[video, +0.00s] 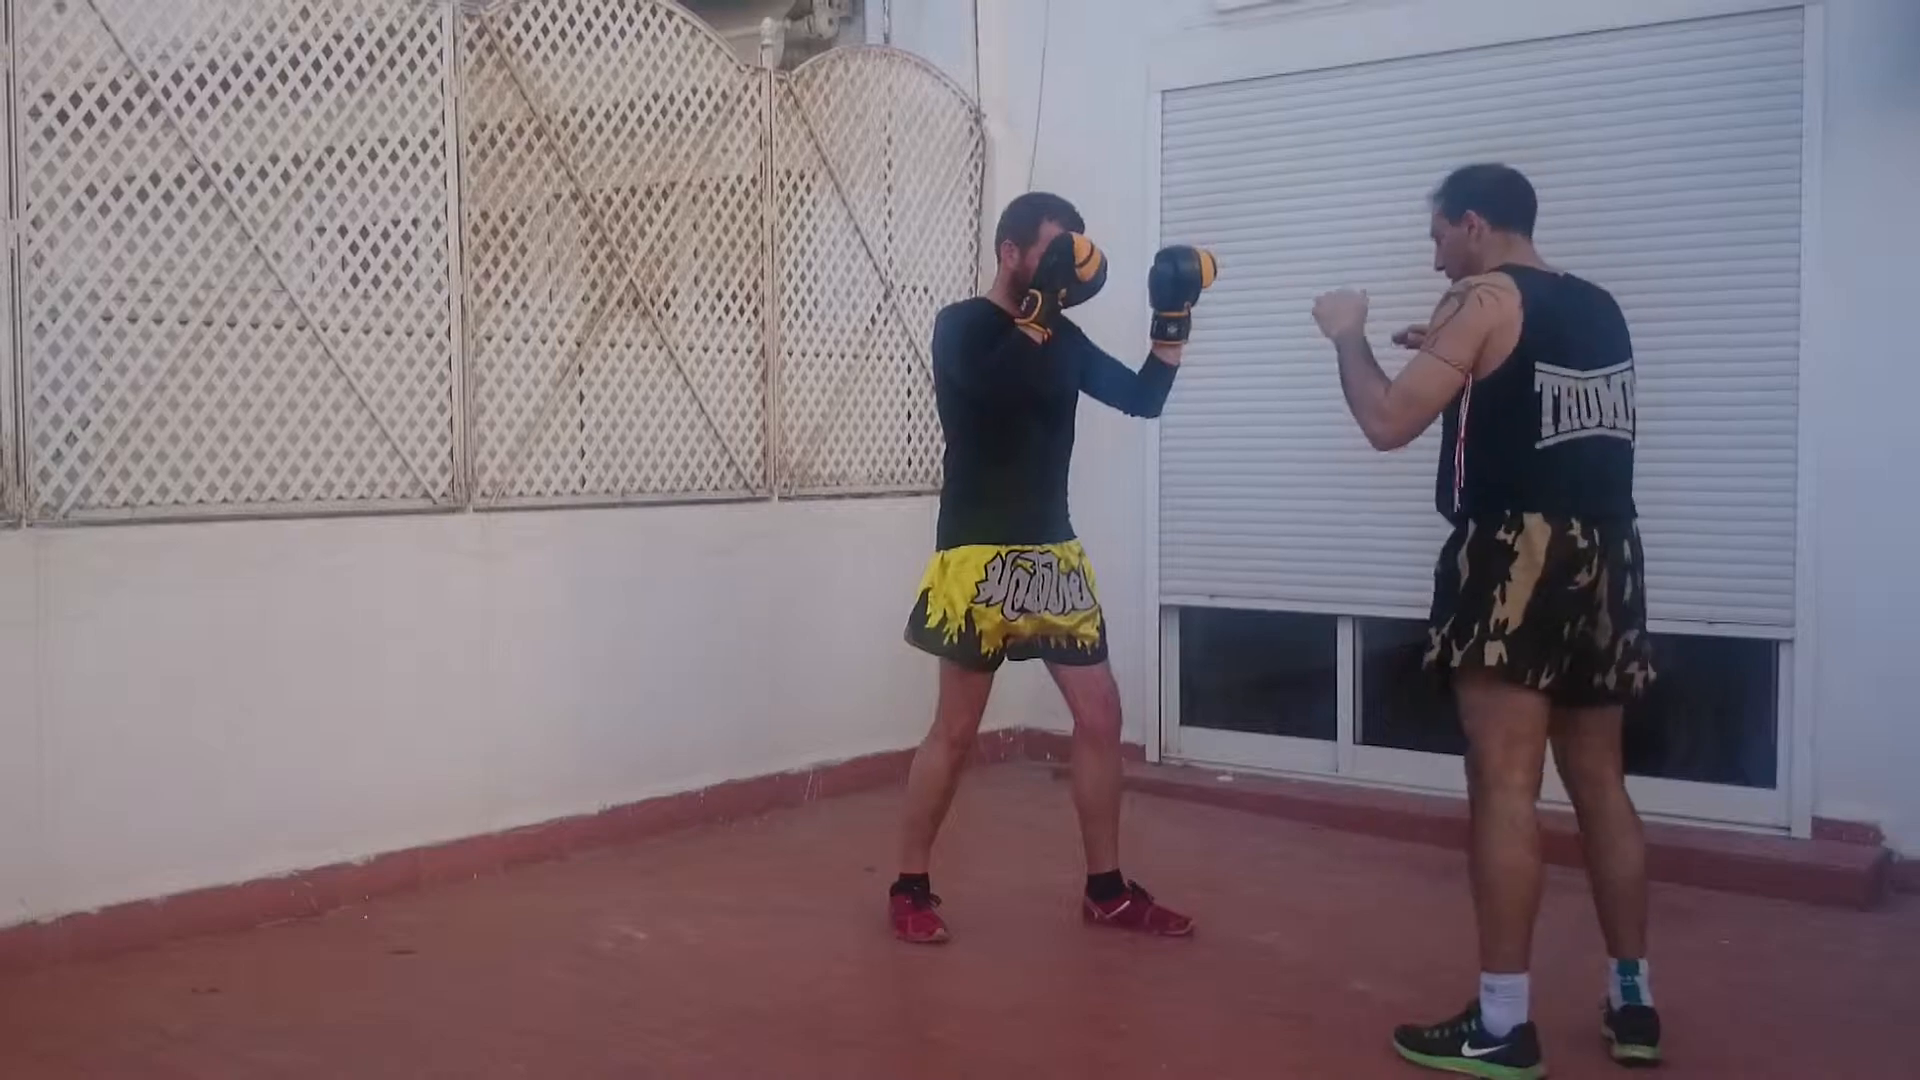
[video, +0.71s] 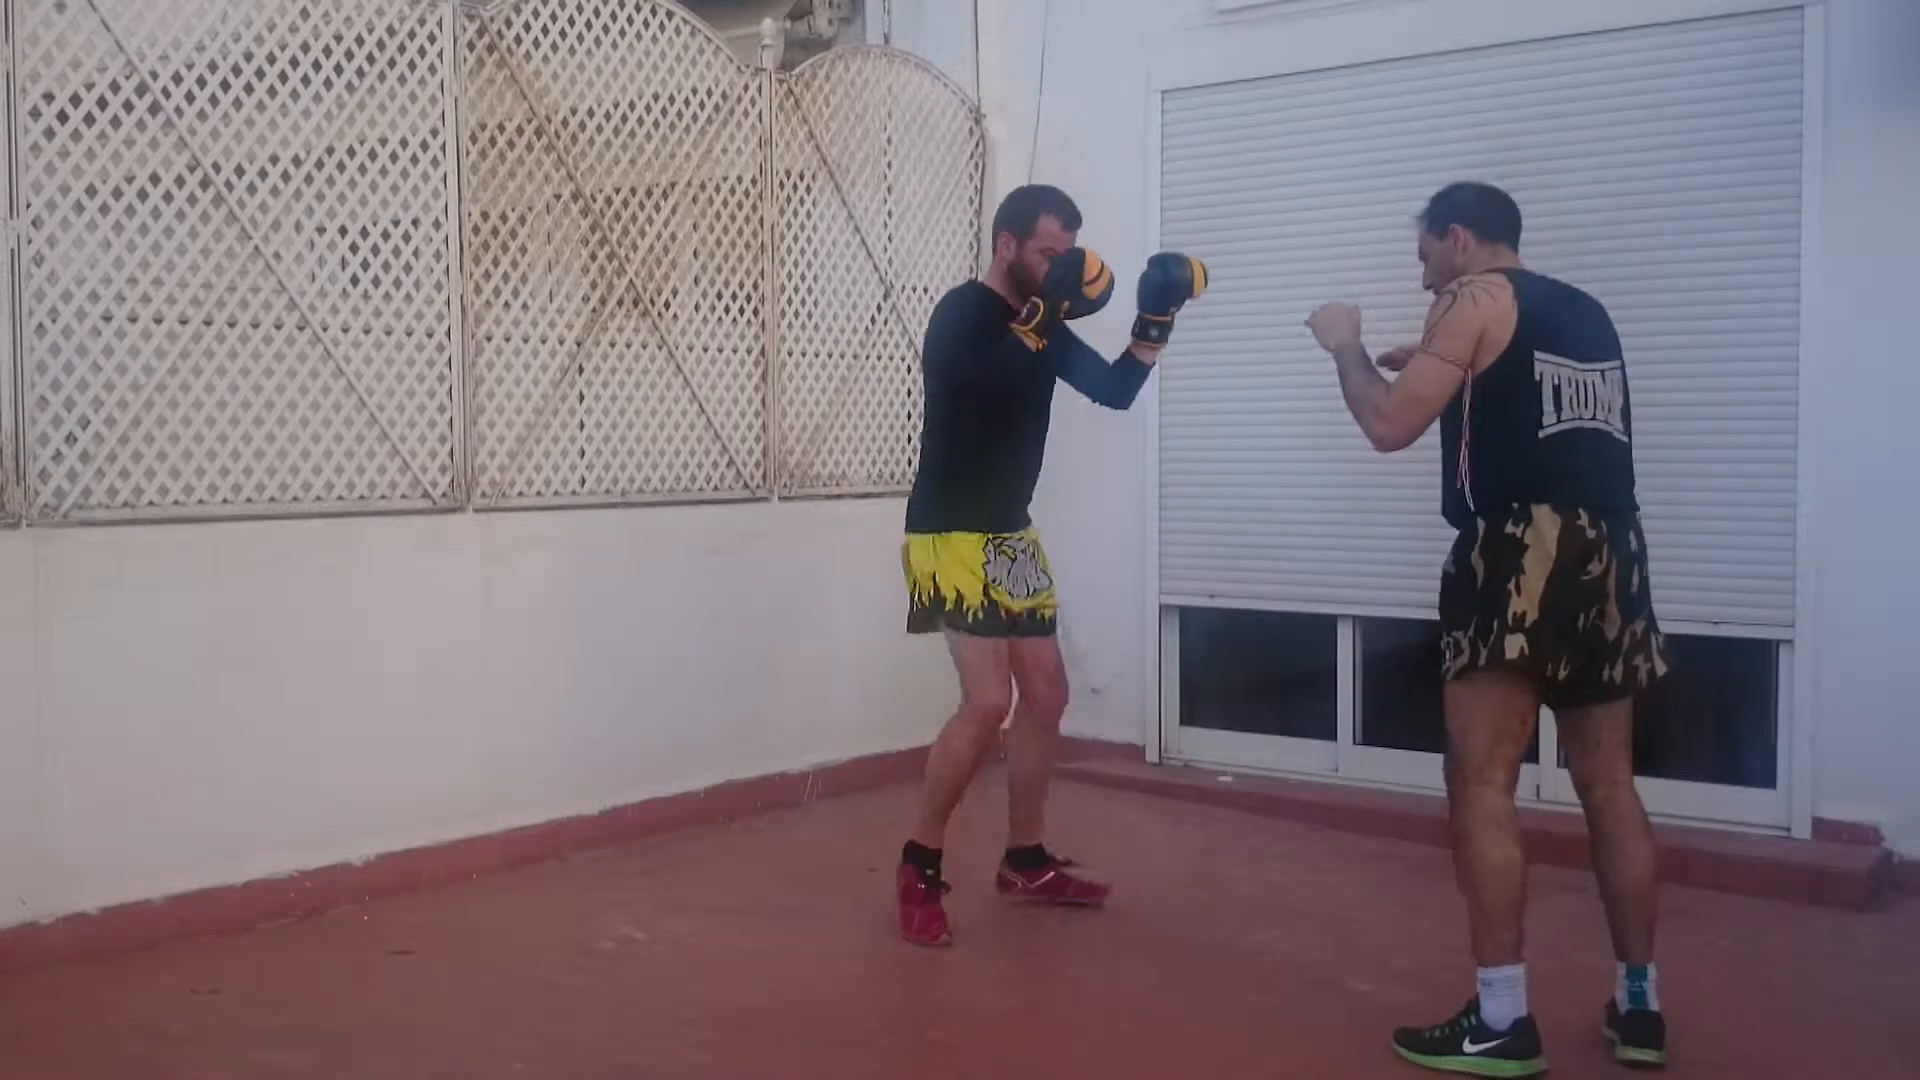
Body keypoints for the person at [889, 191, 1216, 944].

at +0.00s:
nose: (1062, 267)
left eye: (1068, 256)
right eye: (1053, 251)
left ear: (1060, 265)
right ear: (1008, 251)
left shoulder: (1063, 336)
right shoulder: (960, 323)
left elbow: (1144, 397)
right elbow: (986, 388)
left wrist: (1172, 326)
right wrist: (1045, 310)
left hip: (1055, 547)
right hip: (977, 549)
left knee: (1099, 717)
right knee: (954, 732)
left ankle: (1106, 888)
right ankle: (910, 886)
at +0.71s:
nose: (1059, 267)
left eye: (1066, 256)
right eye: (1050, 253)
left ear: (1064, 257)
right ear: (1005, 244)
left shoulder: (1039, 324)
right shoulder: (962, 311)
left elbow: (1114, 389)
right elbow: (1000, 381)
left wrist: (1154, 322)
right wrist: (1054, 314)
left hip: (1010, 531)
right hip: (950, 532)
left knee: (1045, 696)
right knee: (985, 706)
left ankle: (1026, 861)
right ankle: (920, 863)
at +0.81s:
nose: (1045, 285)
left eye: (1054, 274)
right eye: (1035, 270)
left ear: (1058, 273)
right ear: (993, 259)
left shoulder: (1038, 334)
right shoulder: (953, 331)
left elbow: (1120, 388)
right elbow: (961, 425)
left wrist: (1155, 321)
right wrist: (1032, 339)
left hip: (991, 538)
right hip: (944, 535)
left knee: (985, 705)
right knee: (1006, 694)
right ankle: (957, 863)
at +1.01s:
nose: (1028, 301)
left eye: (1033, 288)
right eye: (1015, 286)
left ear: (1030, 285)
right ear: (971, 279)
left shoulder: (1020, 354)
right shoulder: (929, 362)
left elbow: (1092, 392)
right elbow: (932, 475)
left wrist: (1161, 352)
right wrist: (993, 401)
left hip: (1012, 563)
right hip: (951, 570)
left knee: (1053, 717)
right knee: (1024, 731)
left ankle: (942, 812)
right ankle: (982, 908)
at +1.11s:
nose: (1018, 292)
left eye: (1023, 279)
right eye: (1006, 277)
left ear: (1017, 276)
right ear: (961, 269)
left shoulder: (1008, 348)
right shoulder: (917, 358)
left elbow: (1066, 392)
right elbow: (934, 465)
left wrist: (1155, 350)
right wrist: (1000, 380)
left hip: (1028, 555)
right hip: (961, 573)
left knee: (1116, 695)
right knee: (1029, 735)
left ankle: (1033, 809)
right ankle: (981, 908)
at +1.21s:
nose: (1014, 281)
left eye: (1020, 268)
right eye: (1003, 266)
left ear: (1016, 267)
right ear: (956, 259)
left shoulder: (1001, 337)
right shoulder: (914, 352)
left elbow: (1048, 397)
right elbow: (941, 453)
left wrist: (1127, 365)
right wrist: (1012, 363)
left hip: (1046, 544)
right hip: (973, 568)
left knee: (1155, 670)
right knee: (1015, 738)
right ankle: (979, 910)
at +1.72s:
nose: (1038, 280)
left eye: (1041, 267)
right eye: (1022, 266)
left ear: (1034, 272)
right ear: (972, 267)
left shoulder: (1038, 350)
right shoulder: (944, 350)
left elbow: (1129, 418)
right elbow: (1028, 375)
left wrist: (1136, 348)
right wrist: (1054, 289)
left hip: (1095, 556)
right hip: (1016, 571)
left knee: (1179, 716)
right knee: (1041, 756)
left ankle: (1211, 884)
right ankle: (986, 908)